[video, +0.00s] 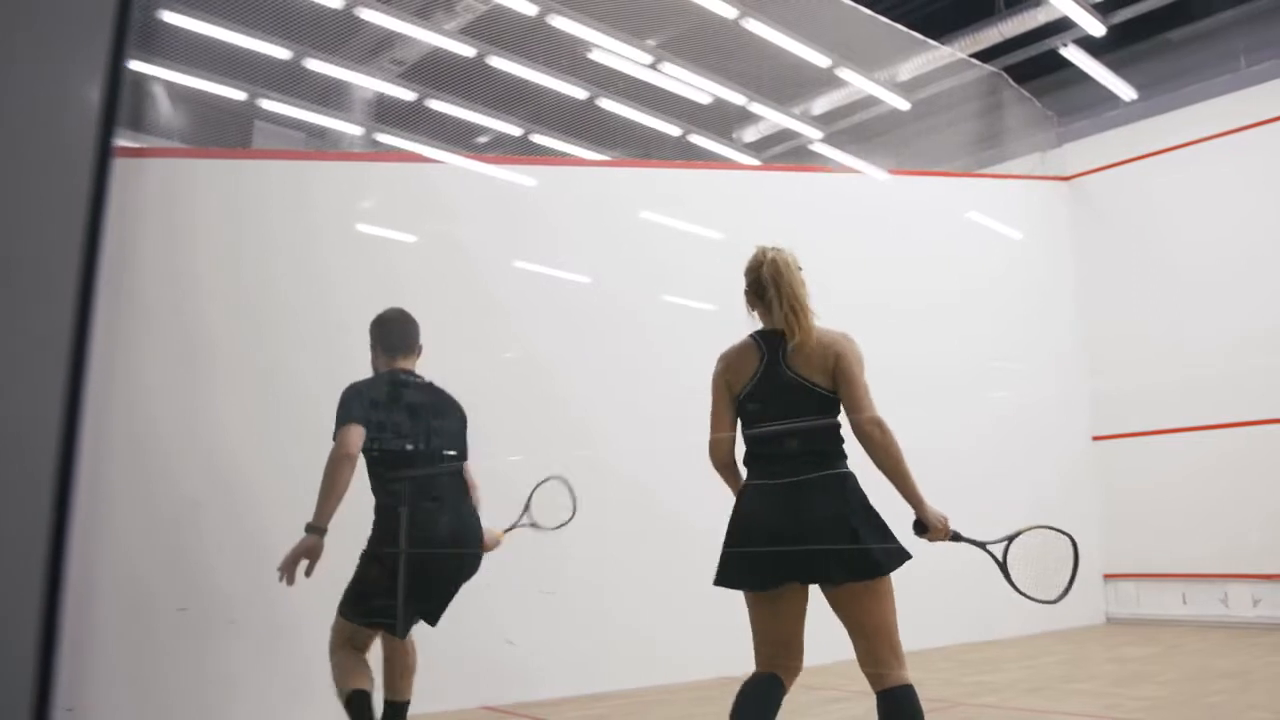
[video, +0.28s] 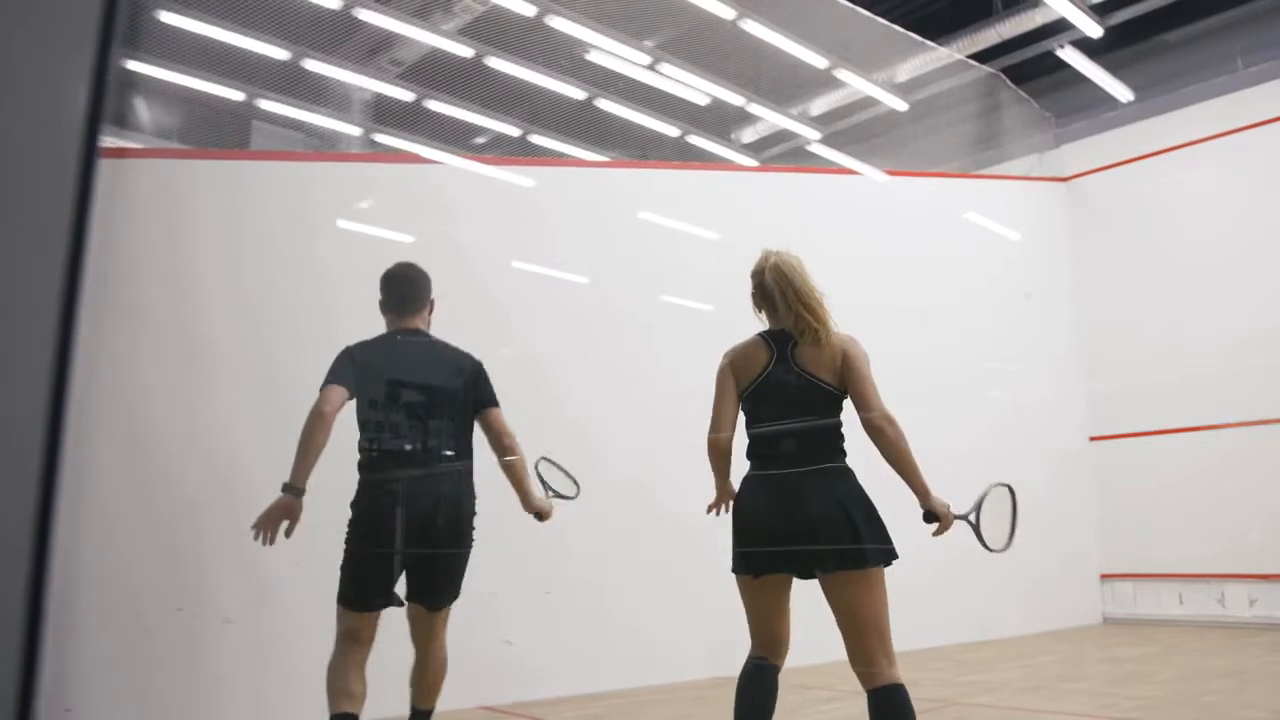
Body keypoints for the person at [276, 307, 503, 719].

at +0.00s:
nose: (372, 356)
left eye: (372, 350)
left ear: (373, 350)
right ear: (419, 350)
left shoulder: (362, 394)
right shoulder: (448, 404)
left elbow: (347, 452)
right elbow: (467, 481)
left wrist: (316, 532)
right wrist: (478, 531)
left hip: (402, 541)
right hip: (461, 542)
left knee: (348, 643)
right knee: (399, 627)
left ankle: (364, 715)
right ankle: (395, 716)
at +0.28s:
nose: (426, 311)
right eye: (429, 305)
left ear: (381, 307)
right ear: (431, 308)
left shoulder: (357, 357)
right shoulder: (464, 365)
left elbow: (325, 410)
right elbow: (504, 443)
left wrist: (293, 491)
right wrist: (530, 498)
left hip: (379, 510)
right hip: (447, 511)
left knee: (353, 640)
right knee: (431, 635)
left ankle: (344, 715)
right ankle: (420, 716)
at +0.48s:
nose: (449, 277)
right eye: (449, 270)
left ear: (397, 276)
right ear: (446, 274)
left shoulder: (366, 328)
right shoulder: (475, 332)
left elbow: (318, 382)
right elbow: (511, 400)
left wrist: (301, 461)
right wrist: (535, 474)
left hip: (383, 490)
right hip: (456, 491)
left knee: (362, 628)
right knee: (456, 618)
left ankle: (346, 718)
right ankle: (459, 716)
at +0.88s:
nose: (496, 253)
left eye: (491, 244)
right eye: (495, 245)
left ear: (440, 251)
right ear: (487, 250)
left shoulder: (398, 308)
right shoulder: (503, 307)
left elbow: (343, 378)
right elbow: (510, 375)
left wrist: (353, 458)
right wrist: (527, 468)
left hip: (405, 486)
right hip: (477, 485)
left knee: (381, 635)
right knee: (526, 623)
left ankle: (345, 717)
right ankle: (542, 716)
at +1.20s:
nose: (546, 267)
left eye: (543, 258)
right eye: (545, 259)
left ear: (491, 264)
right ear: (539, 261)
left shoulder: (449, 331)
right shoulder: (544, 323)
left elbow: (398, 412)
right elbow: (547, 397)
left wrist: (421, 493)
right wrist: (564, 487)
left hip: (442, 515)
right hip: (512, 513)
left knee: (413, 659)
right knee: (575, 656)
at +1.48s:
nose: (613, 245)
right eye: (612, 237)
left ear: (557, 244)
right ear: (610, 240)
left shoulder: (524, 316)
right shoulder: (616, 298)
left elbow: (480, 405)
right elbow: (622, 380)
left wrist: (482, 493)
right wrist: (648, 482)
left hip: (520, 496)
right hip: (596, 494)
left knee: (477, 653)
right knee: (641, 653)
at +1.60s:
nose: (643, 236)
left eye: (634, 228)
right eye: (642, 228)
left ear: (586, 233)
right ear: (636, 230)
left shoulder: (553, 306)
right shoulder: (645, 285)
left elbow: (506, 391)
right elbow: (652, 368)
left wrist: (505, 479)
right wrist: (690, 473)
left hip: (547, 488)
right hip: (622, 486)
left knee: (530, 655)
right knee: (652, 655)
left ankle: (456, 716)